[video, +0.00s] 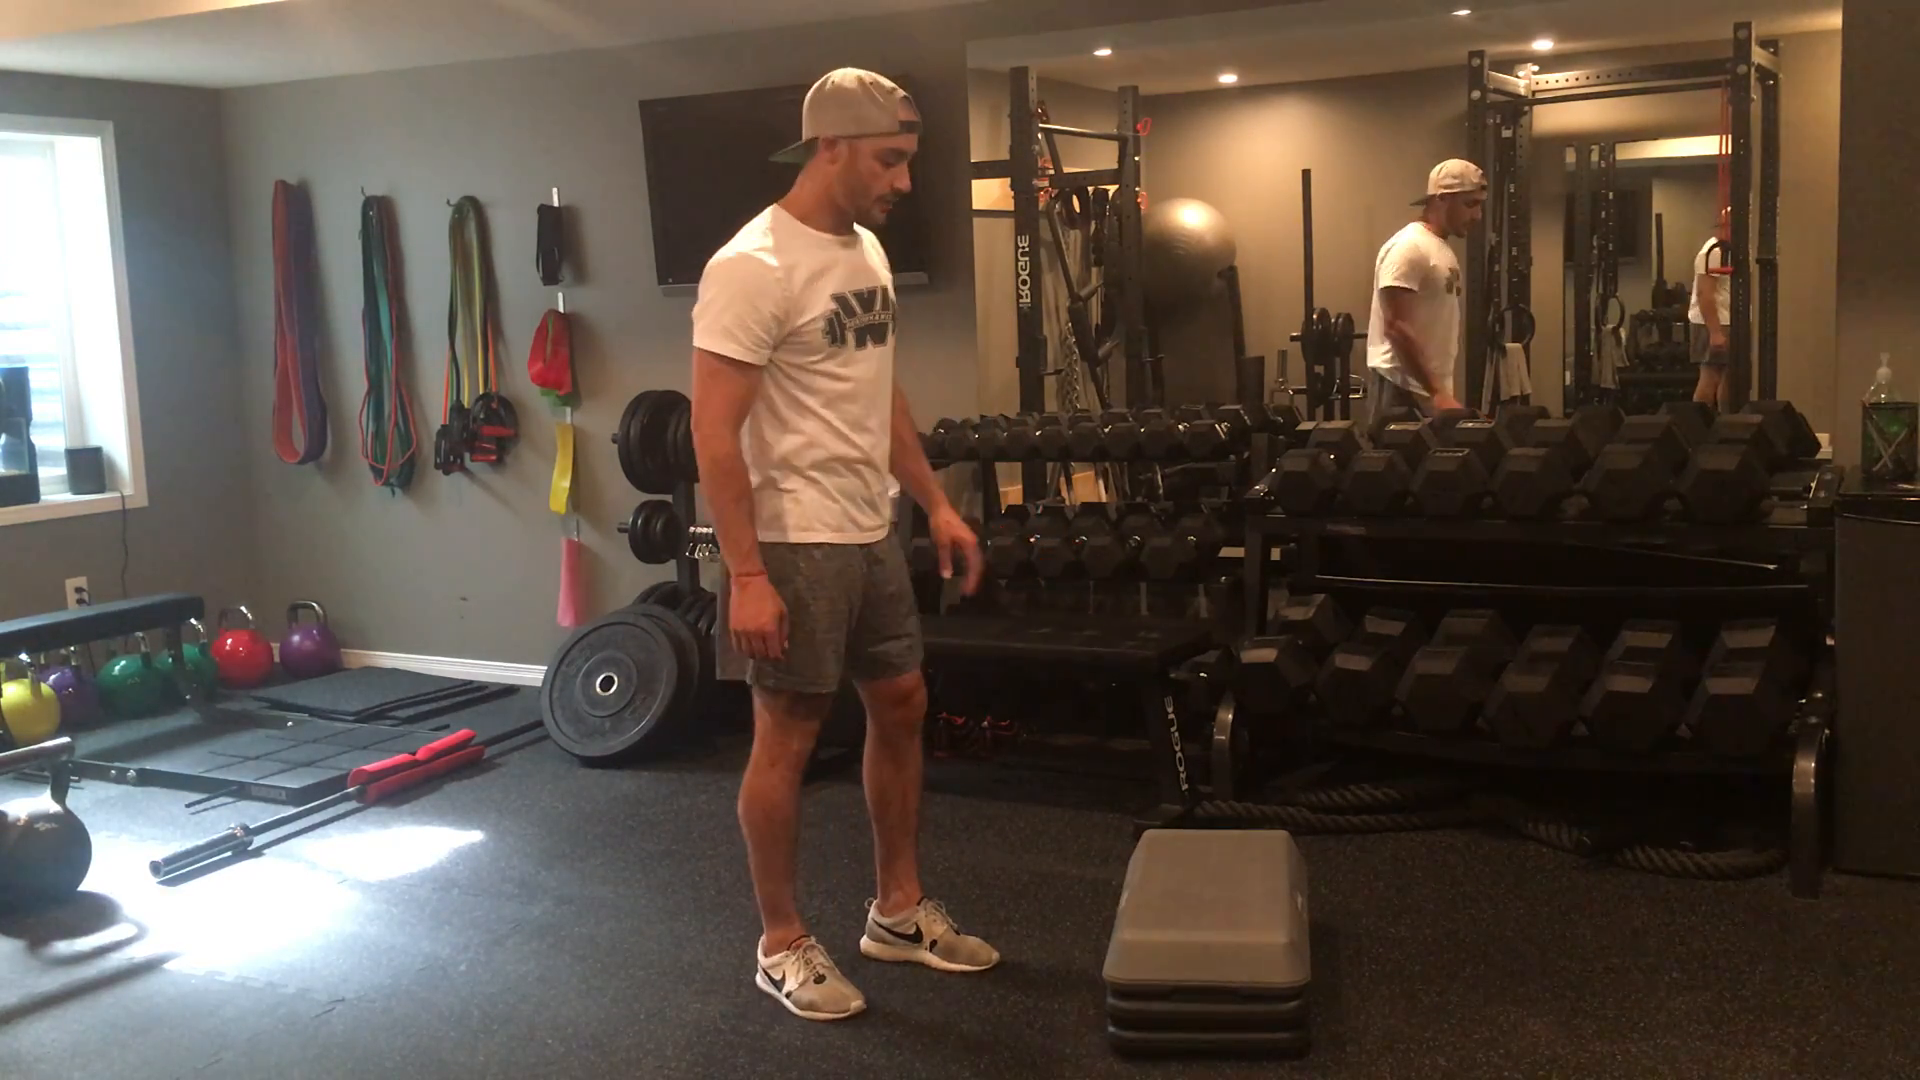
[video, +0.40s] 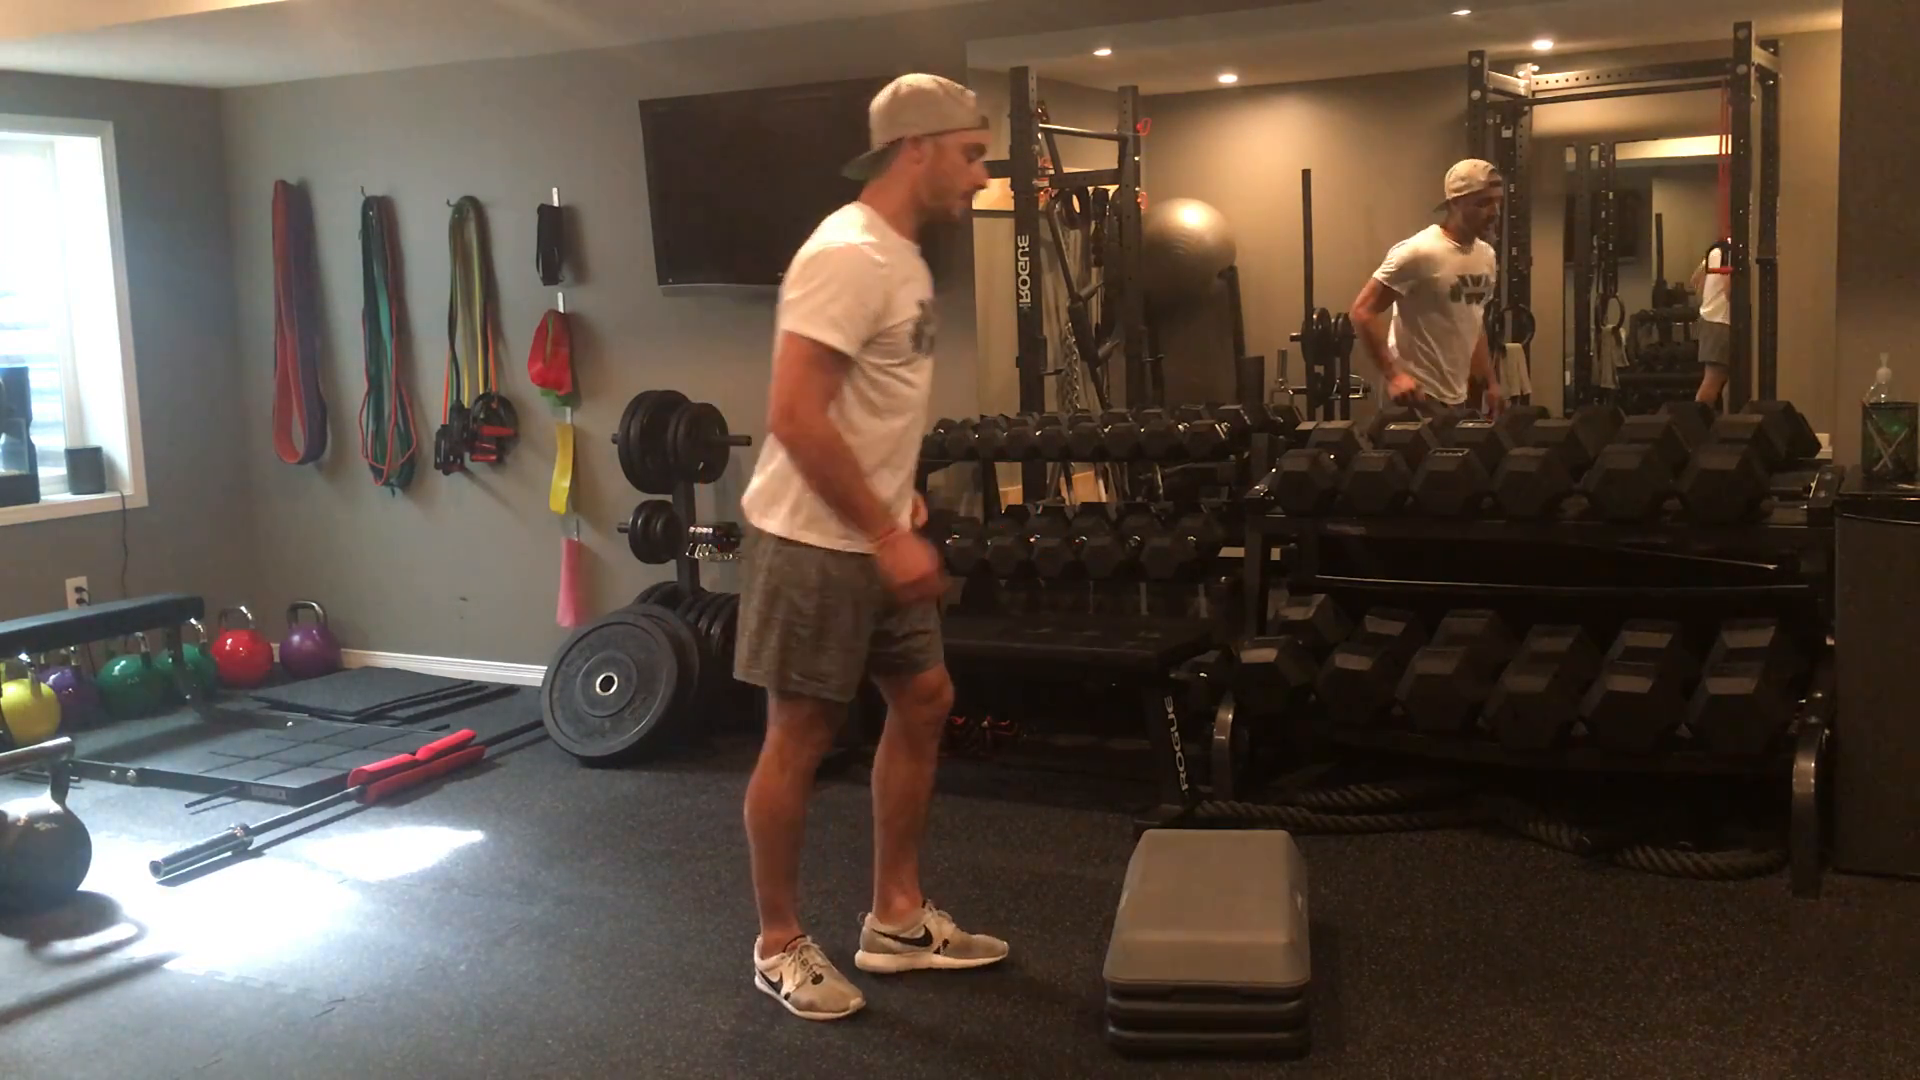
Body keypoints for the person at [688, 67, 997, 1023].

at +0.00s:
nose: (904, 179)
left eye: (907, 160)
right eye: (891, 159)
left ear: (854, 157)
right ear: (832, 152)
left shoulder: (865, 252)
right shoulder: (749, 266)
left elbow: (879, 395)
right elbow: (711, 432)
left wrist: (936, 503)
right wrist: (746, 572)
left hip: (872, 533)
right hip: (790, 543)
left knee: (900, 708)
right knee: (784, 742)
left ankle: (900, 909)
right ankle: (782, 943)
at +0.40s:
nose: (983, 176)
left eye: (985, 158)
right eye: (973, 156)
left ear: (920, 156)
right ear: (919, 153)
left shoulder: (900, 257)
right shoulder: (845, 253)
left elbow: (865, 411)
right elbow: (796, 415)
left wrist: (902, 503)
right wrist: (886, 531)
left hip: (880, 537)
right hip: (813, 541)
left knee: (923, 705)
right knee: (796, 738)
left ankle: (897, 917)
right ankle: (777, 943)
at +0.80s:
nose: (1111, 131)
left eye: (1109, 113)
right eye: (1097, 112)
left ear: (1047, 127)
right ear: (1043, 125)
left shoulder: (1035, 228)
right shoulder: (973, 215)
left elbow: (967, 331)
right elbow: (859, 325)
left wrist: (1055, 361)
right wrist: (963, 425)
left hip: (951, 490)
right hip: (943, 494)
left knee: (962, 689)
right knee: (1133, 604)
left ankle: (915, 904)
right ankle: (1050, 817)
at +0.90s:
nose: (1137, 83)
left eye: (1134, 64)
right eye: (1120, 65)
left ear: (1072, 83)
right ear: (1062, 81)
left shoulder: (1057, 183)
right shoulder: (1003, 175)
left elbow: (1001, 296)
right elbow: (908, 303)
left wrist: (1081, 324)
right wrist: (1024, 396)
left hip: (976, 449)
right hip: (989, 450)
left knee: (1034, 642)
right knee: (1152, 606)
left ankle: (945, 853)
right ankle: (1114, 839)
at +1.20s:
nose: (1182, 34)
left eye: (1178, 16)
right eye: (1166, 14)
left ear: (1119, 26)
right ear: (1111, 23)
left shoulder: (1106, 129)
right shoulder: (1056, 119)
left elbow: (1046, 271)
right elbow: (988, 267)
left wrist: (1127, 322)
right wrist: (1116, 340)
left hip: (1054, 402)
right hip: (1024, 406)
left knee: (1135, 604)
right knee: (1138, 603)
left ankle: (1120, 815)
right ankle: (1097, 836)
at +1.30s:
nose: (1186, 58)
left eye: (1183, 38)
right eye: (1170, 36)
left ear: (1122, 48)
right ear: (1112, 45)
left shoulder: (1112, 158)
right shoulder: (1049, 146)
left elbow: (1061, 302)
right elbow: (960, 278)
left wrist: (1142, 330)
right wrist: (1089, 352)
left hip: (1062, 423)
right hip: (1022, 428)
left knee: (1129, 618)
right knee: (1159, 607)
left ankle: (1117, 823)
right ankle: (1033, 805)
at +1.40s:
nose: (1184, 61)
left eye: (1181, 42)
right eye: (1169, 39)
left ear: (1121, 53)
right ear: (1113, 50)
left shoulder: (1110, 161)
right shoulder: (1051, 146)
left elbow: (1044, 296)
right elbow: (952, 279)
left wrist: (1131, 336)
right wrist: (1068, 369)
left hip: (1063, 427)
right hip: (1004, 434)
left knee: (1136, 603)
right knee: (1095, 633)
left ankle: (1117, 821)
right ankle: (962, 832)